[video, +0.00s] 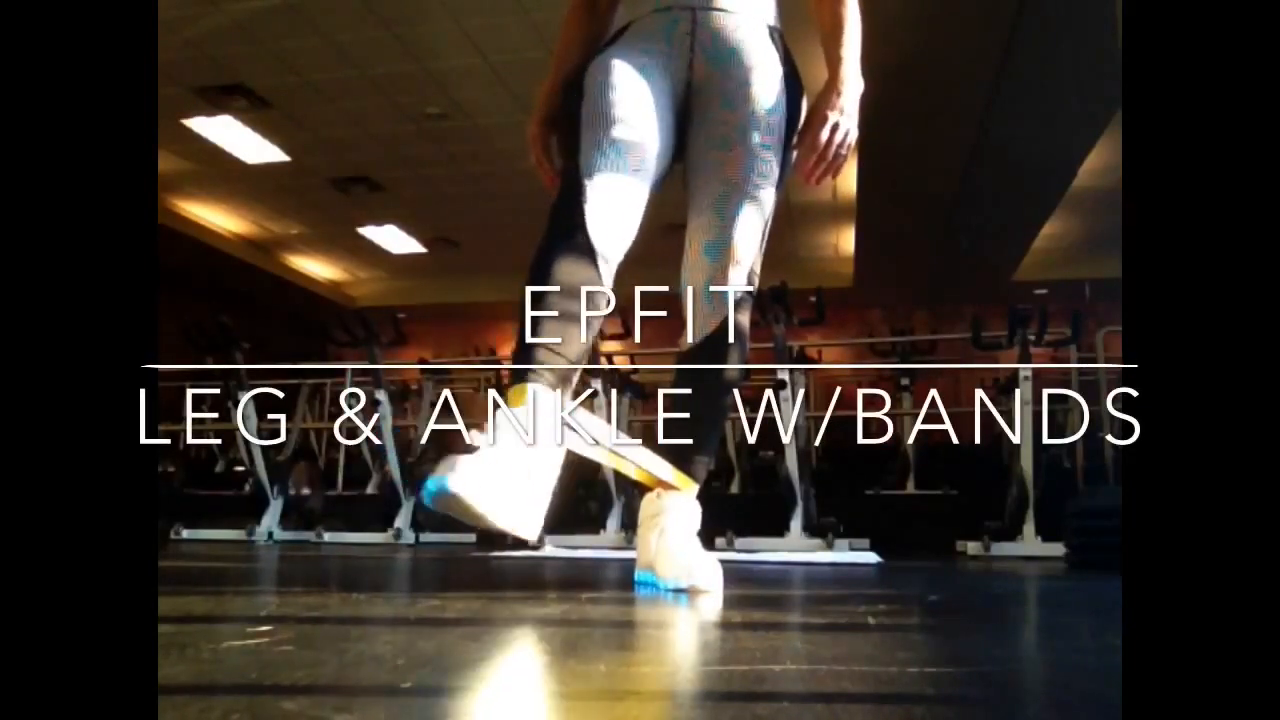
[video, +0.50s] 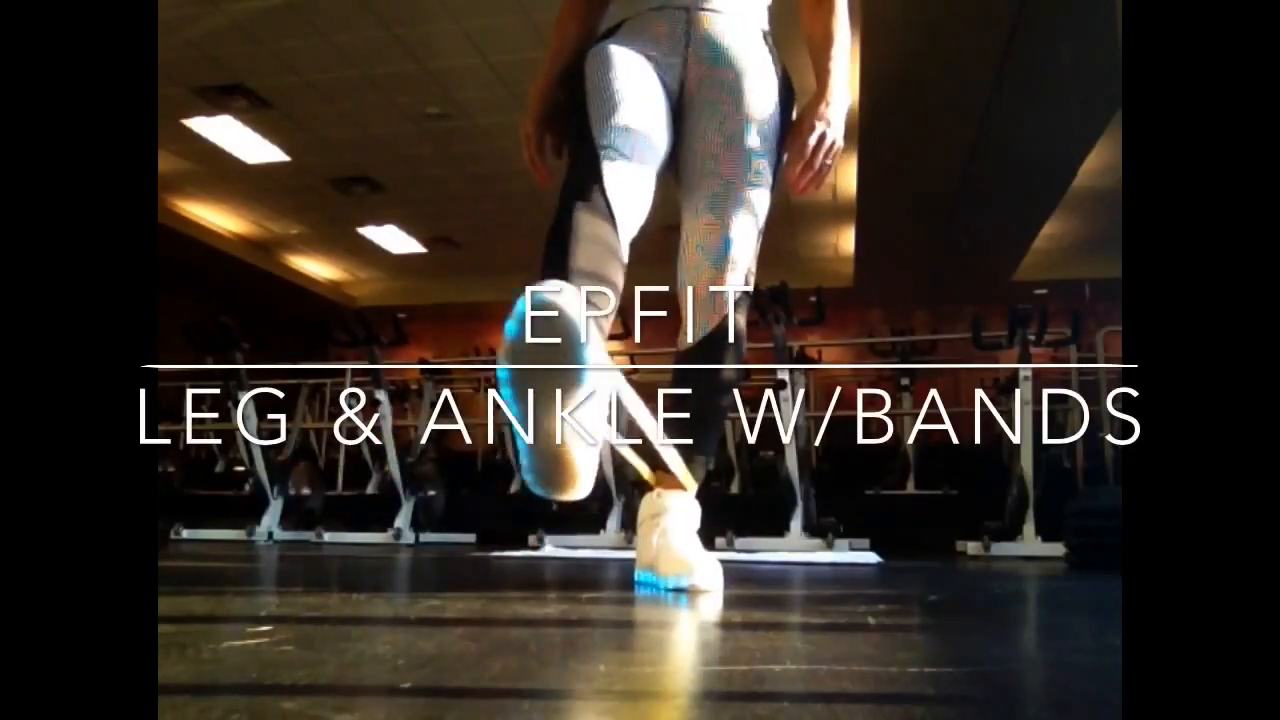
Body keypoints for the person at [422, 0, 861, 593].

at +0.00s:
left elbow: (832, 2)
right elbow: (594, 4)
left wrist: (844, 80)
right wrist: (555, 90)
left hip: (748, 24)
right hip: (636, 22)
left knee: (722, 272)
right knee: (593, 213)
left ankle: (672, 519)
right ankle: (521, 458)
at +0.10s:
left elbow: (833, 5)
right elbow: (593, 4)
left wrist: (845, 82)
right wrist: (553, 92)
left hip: (750, 25)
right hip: (635, 19)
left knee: (726, 274)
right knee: (611, 208)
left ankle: (675, 517)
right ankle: (554, 453)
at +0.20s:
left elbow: (829, 4)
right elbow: (592, 4)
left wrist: (842, 88)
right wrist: (556, 88)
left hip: (747, 26)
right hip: (636, 23)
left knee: (724, 270)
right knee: (623, 204)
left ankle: (675, 513)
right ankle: (578, 450)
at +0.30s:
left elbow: (827, 5)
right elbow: (590, 4)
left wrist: (839, 91)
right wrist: (556, 85)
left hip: (743, 27)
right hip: (634, 20)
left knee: (724, 274)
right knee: (627, 188)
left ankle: (673, 515)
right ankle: (593, 405)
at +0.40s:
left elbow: (826, 6)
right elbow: (588, 4)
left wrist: (836, 91)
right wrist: (554, 83)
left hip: (742, 26)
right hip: (629, 18)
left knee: (722, 268)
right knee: (617, 192)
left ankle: (676, 507)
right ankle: (595, 411)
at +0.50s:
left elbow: (825, 6)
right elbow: (588, 4)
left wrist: (833, 99)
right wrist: (549, 87)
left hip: (739, 27)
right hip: (629, 22)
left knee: (719, 271)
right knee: (608, 181)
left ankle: (673, 513)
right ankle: (568, 403)